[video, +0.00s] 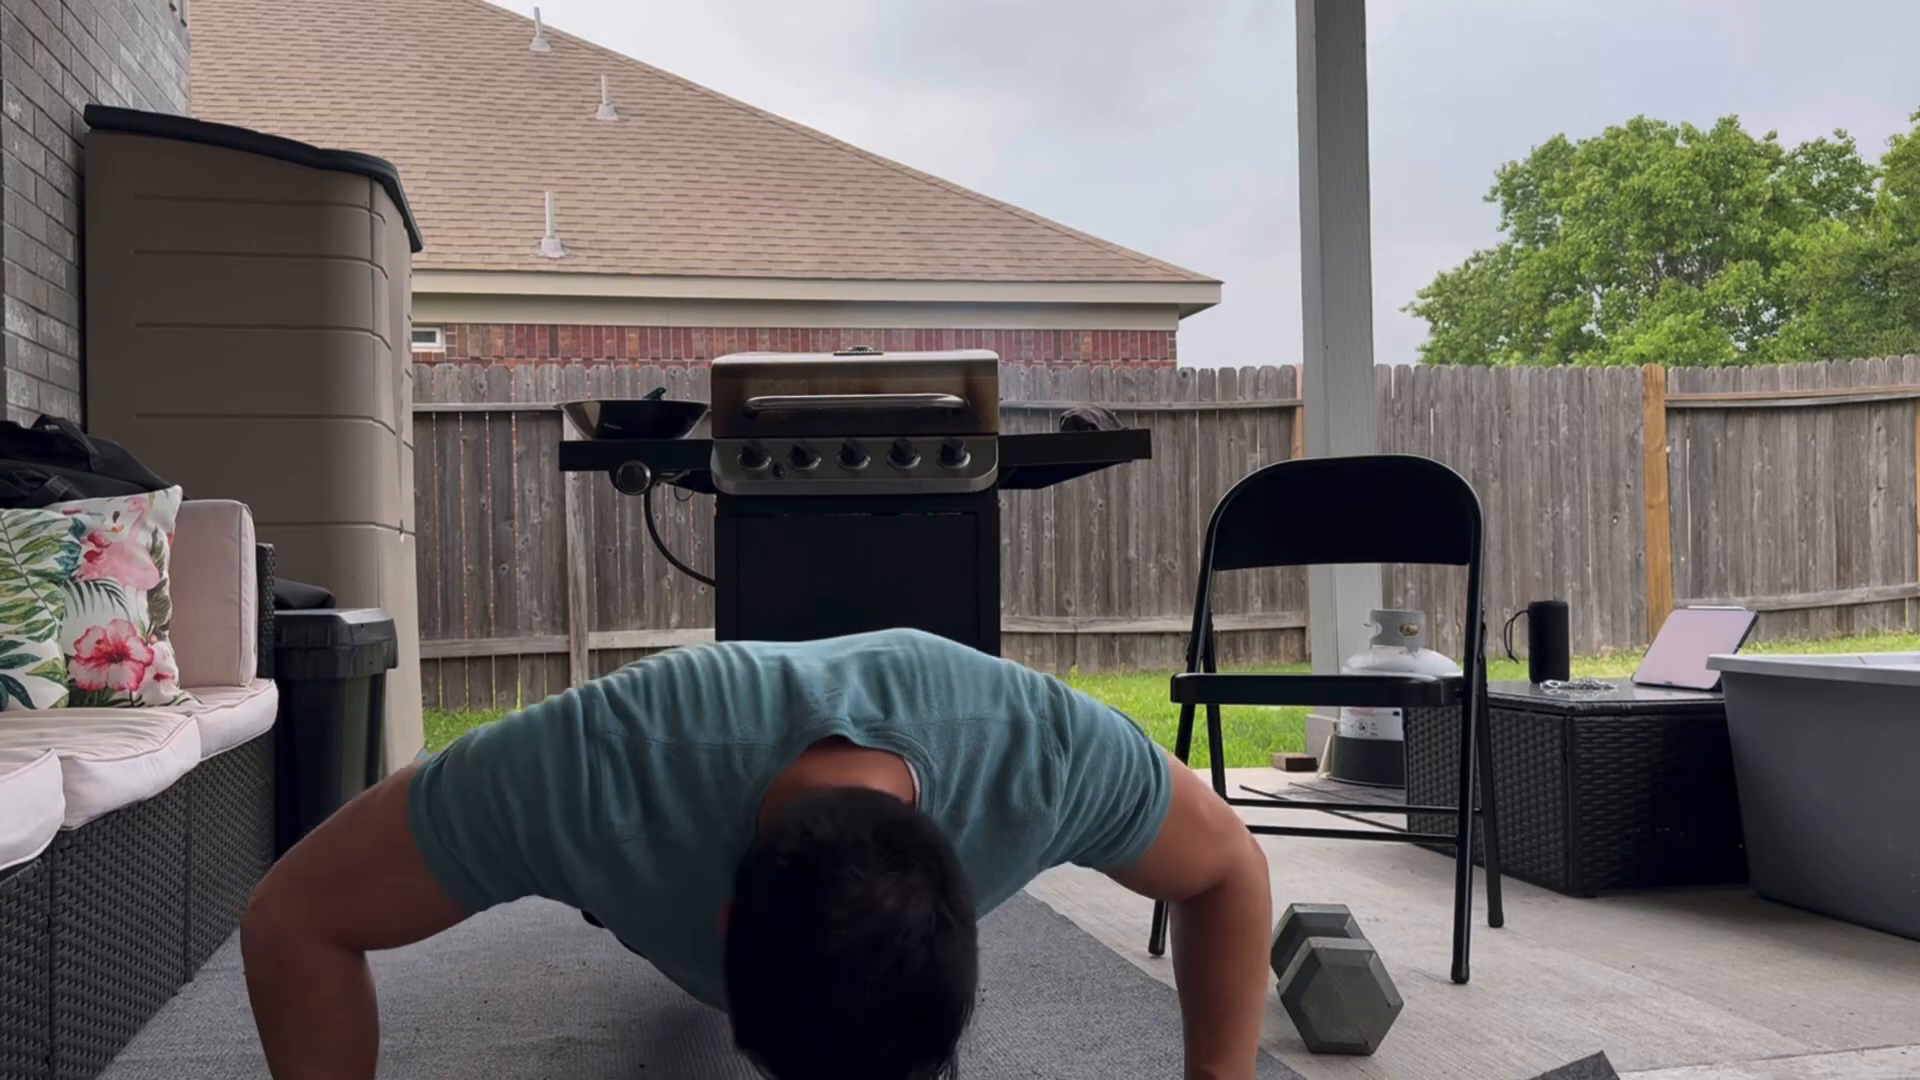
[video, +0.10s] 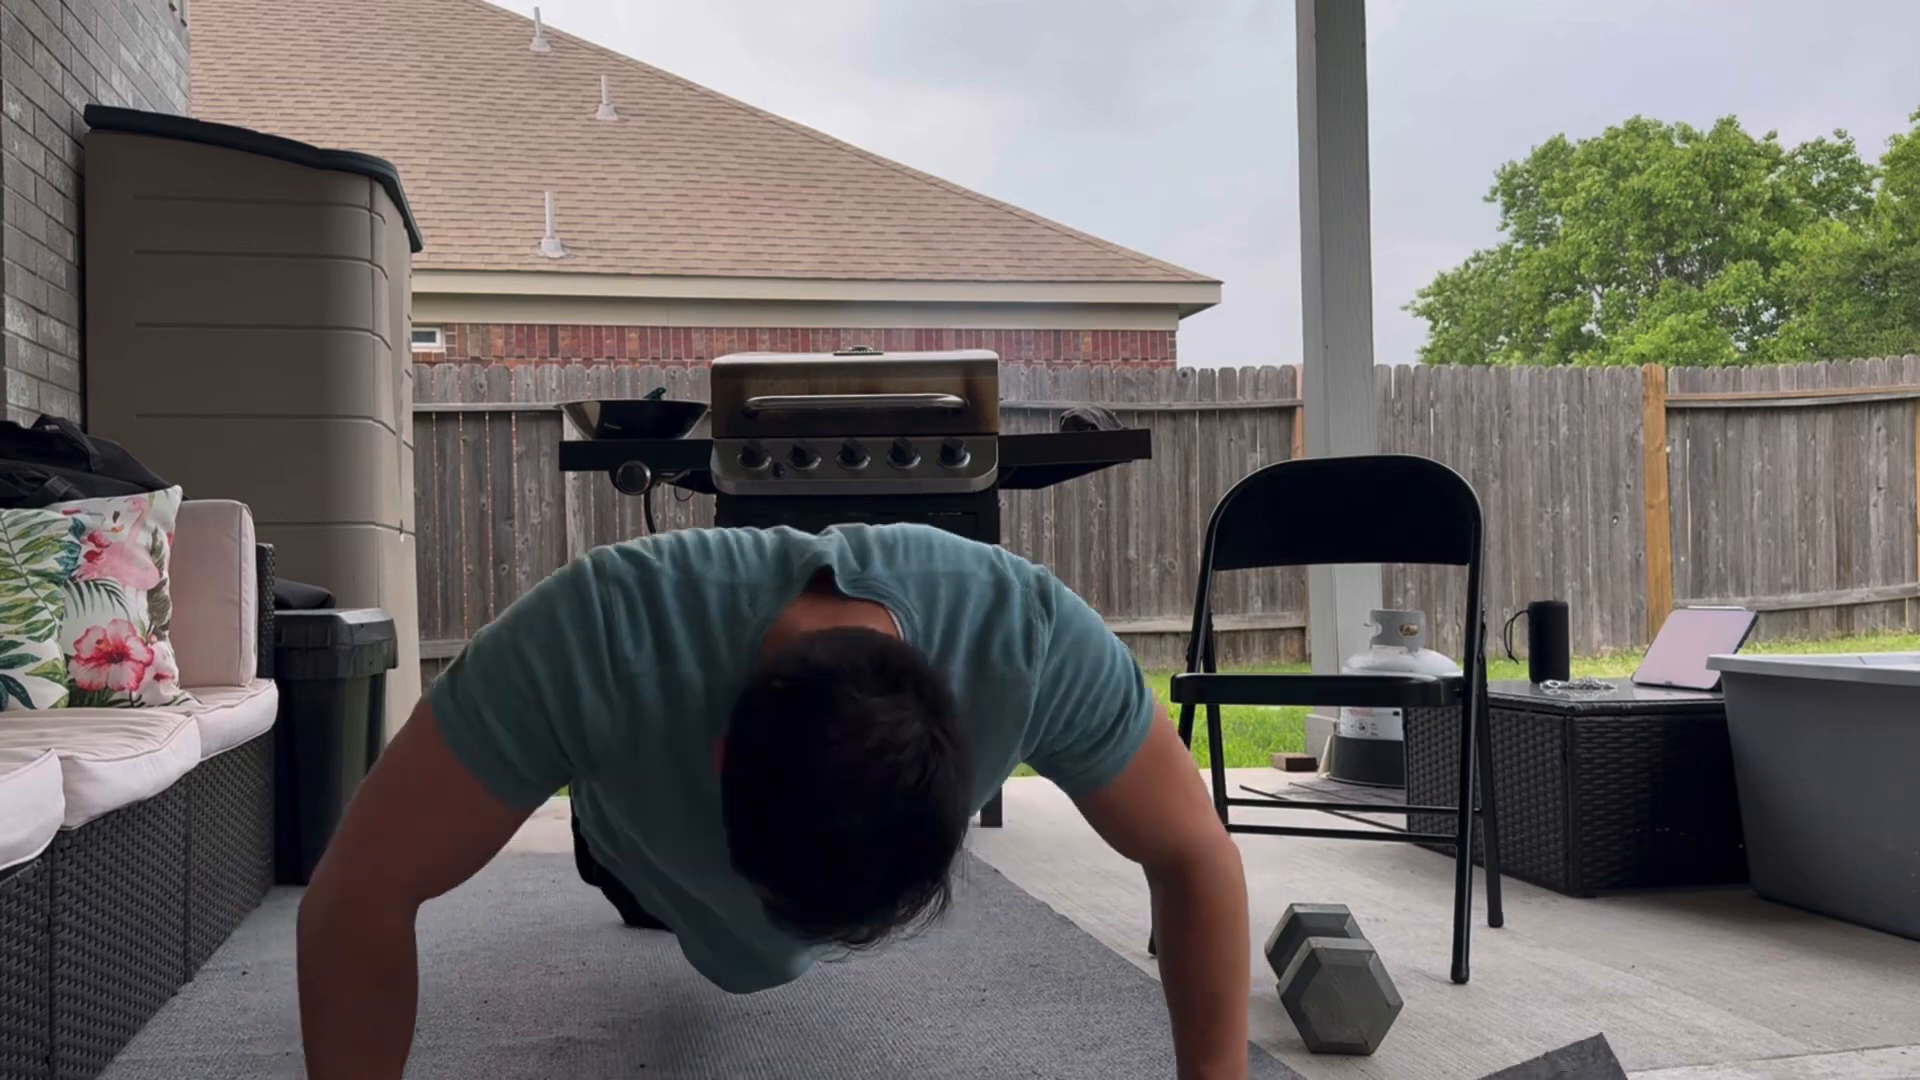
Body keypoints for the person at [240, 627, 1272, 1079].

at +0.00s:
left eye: (895, 1060)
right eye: (790, 1049)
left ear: (963, 918)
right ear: (731, 919)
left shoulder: (1050, 762)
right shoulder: (586, 778)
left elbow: (1229, 873)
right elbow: (294, 924)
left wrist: (1223, 1067)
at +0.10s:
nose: (819, 941)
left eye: (860, 925)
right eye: (792, 911)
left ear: (954, 792)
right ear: (723, 754)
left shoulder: (1034, 645)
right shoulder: (591, 635)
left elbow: (1193, 857)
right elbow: (360, 896)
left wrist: (1216, 1074)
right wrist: (354, 1079)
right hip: (657, 828)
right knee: (657, 896)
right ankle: (625, 869)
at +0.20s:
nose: (844, 901)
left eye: (868, 887)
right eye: (819, 871)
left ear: (955, 742)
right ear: (725, 727)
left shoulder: (1025, 618)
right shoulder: (588, 615)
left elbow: (1181, 850)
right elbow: (359, 884)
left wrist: (1211, 1064)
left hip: (814, 869)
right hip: (647, 822)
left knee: (771, 952)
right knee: (644, 890)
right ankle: (629, 879)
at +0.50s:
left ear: (933, 1036)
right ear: (746, 1037)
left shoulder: (1044, 878)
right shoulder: (599, 904)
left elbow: (1245, 868)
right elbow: (276, 928)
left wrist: (1226, 1072)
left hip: (937, 818)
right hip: (698, 826)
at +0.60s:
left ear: (927, 1048)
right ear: (749, 1049)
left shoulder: (1040, 897)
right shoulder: (613, 926)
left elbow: (1246, 869)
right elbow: (278, 928)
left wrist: (1228, 1069)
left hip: (920, 817)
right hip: (683, 834)